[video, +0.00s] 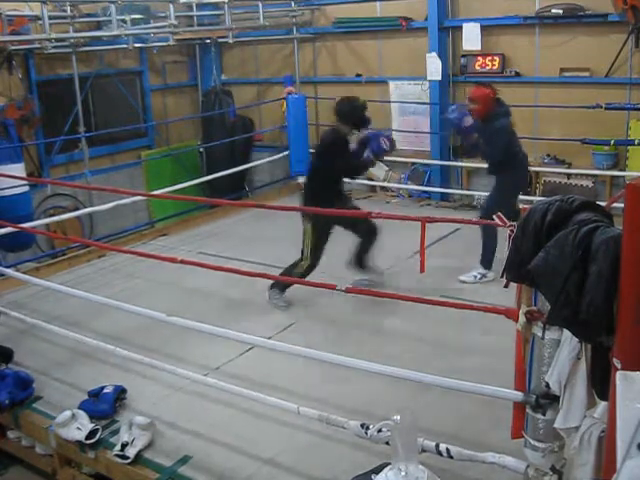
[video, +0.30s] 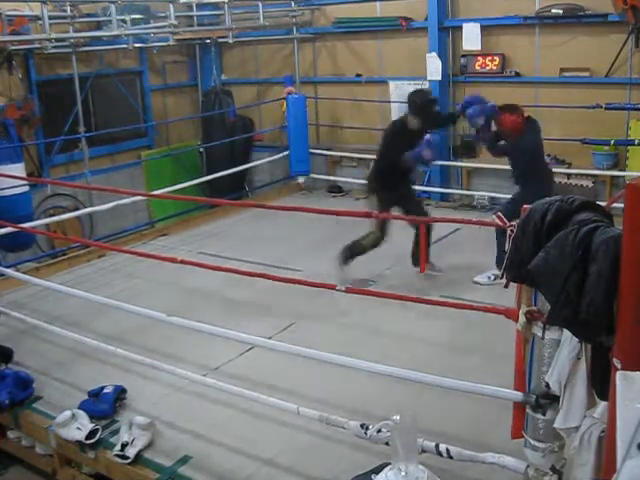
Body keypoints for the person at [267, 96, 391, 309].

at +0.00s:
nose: (366, 116)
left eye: (365, 112)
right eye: (363, 112)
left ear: (344, 116)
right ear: (352, 116)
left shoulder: (344, 137)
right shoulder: (333, 140)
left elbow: (346, 163)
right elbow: (350, 170)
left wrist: (362, 146)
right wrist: (373, 158)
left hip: (335, 201)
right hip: (316, 204)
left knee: (369, 230)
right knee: (309, 260)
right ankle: (277, 288)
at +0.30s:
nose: (433, 110)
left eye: (432, 108)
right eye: (429, 108)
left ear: (425, 111)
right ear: (416, 110)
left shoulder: (424, 122)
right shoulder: (396, 130)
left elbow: (443, 121)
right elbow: (386, 165)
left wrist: (461, 111)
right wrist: (416, 157)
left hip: (401, 183)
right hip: (382, 184)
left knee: (423, 222)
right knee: (379, 234)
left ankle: (421, 262)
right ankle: (347, 255)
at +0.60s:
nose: (430, 113)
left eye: (430, 110)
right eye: (426, 111)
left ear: (430, 110)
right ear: (415, 113)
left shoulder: (436, 122)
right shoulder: (403, 136)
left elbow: (460, 118)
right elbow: (413, 164)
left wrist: (481, 111)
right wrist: (434, 156)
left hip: (438, 179)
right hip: (416, 183)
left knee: (460, 213)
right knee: (413, 220)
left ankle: (474, 250)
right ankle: (391, 257)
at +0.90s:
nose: (427, 118)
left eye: (429, 114)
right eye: (424, 114)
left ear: (431, 113)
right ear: (414, 112)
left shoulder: (428, 126)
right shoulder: (399, 131)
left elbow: (447, 144)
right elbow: (412, 158)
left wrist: (448, 127)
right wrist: (428, 140)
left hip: (431, 182)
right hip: (409, 184)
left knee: (447, 220)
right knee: (399, 222)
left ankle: (467, 251)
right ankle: (377, 247)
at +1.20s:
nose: (426, 97)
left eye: (430, 94)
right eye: (424, 93)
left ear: (435, 95)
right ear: (418, 92)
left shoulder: (439, 110)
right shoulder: (407, 111)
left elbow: (444, 135)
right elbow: (413, 136)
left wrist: (450, 113)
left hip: (435, 166)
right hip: (413, 165)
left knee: (449, 208)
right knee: (405, 206)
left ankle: (465, 246)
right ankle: (396, 235)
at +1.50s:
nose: (479, 108)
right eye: (479, 105)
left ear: (458, 106)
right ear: (478, 107)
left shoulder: (447, 128)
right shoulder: (482, 133)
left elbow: (427, 126)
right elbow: (499, 161)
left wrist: (425, 110)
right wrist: (495, 143)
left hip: (454, 196)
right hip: (478, 197)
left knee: (444, 227)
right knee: (495, 245)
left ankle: (419, 266)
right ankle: (495, 295)